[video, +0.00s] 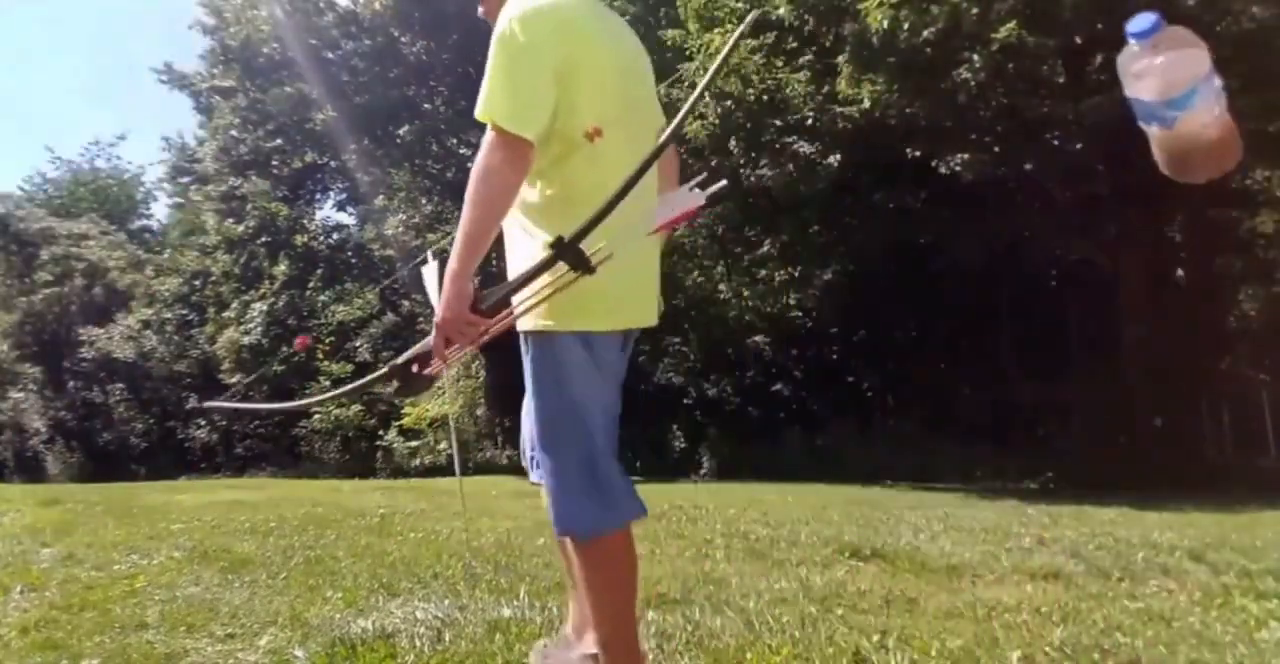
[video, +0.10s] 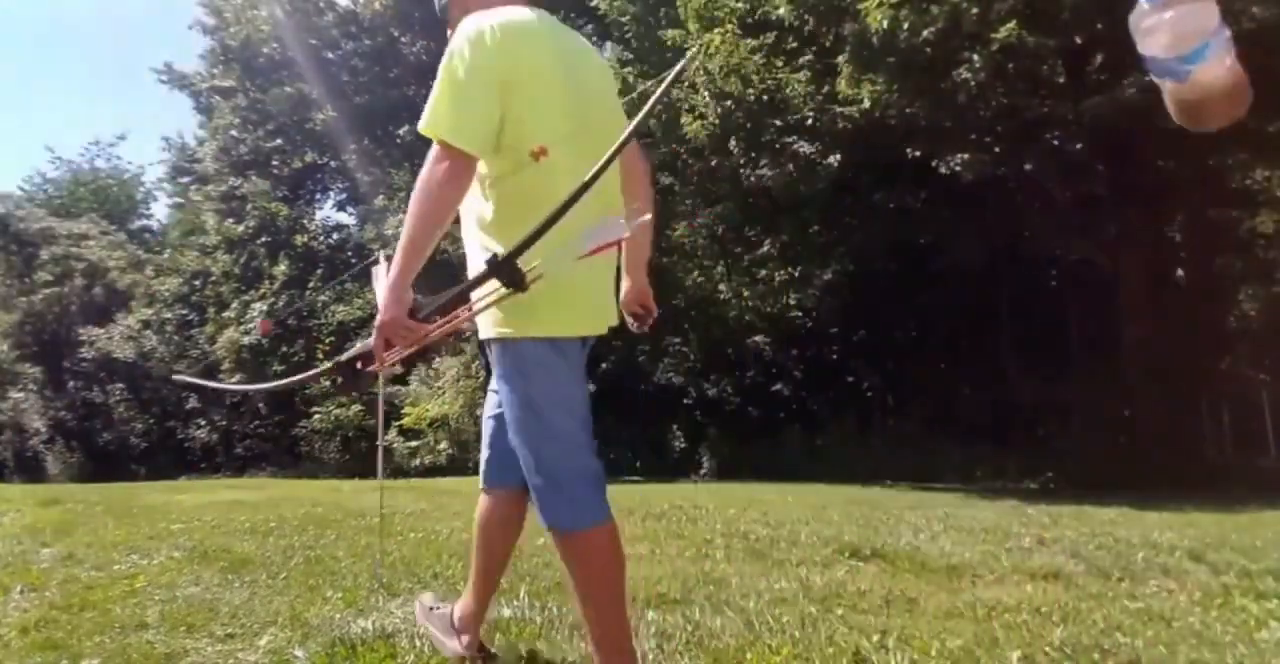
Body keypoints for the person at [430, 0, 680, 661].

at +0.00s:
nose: (482, 14)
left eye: (481, 9)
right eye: (481, 11)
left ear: (493, 1)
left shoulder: (526, 24)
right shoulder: (609, 26)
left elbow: (506, 151)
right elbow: (661, 146)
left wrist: (457, 280)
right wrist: (656, 226)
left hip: (571, 289)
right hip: (623, 282)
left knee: (580, 467)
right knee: (550, 449)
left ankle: (620, 652)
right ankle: (586, 634)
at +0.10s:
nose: (446, 20)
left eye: (446, 13)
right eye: (446, 15)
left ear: (460, 2)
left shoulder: (480, 38)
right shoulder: (582, 50)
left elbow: (451, 162)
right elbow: (635, 168)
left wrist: (397, 280)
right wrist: (636, 270)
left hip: (526, 302)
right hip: (585, 294)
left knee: (570, 486)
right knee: (506, 455)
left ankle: (617, 656)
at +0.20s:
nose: (424, 24)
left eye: (425, 15)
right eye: (424, 18)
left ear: (444, 6)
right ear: (494, 5)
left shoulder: (452, 53)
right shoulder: (561, 68)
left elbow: (420, 175)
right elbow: (609, 171)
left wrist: (363, 290)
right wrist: (620, 280)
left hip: (497, 309)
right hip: (559, 303)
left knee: (549, 484)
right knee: (483, 463)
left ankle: (614, 656)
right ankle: (424, 612)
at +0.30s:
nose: (388, 59)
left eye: (388, 48)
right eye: (389, 49)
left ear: (400, 34)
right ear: (446, 28)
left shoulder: (400, 77)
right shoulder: (511, 93)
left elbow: (370, 189)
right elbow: (557, 199)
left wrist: (321, 304)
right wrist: (568, 294)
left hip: (436, 315)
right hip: (500, 313)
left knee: (470, 473)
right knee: (432, 463)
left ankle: (574, 638)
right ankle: (407, 620)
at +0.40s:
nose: (380, 64)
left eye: (379, 54)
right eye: (382, 56)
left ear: (391, 40)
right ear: (440, 36)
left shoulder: (390, 78)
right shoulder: (499, 95)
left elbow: (362, 188)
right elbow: (542, 199)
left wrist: (315, 302)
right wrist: (553, 295)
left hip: (420, 312)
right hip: (486, 308)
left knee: (438, 471)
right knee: (428, 464)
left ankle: (544, 616)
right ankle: (407, 619)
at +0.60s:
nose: (306, 75)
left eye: (307, 67)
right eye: (310, 67)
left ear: (318, 56)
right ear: (364, 57)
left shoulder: (312, 94)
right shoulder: (418, 113)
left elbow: (292, 199)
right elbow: (444, 221)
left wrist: (262, 309)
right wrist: (410, 262)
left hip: (322, 313)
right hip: (404, 315)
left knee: (272, 444)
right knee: (400, 462)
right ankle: (403, 618)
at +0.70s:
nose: (285, 88)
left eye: (284, 79)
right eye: (287, 80)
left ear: (296, 67)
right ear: (343, 65)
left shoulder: (289, 104)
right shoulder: (391, 117)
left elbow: (275, 207)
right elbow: (419, 217)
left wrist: (242, 316)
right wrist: (406, 254)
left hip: (301, 321)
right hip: (384, 319)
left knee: (252, 455)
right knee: (388, 464)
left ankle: (235, 592)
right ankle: (401, 616)